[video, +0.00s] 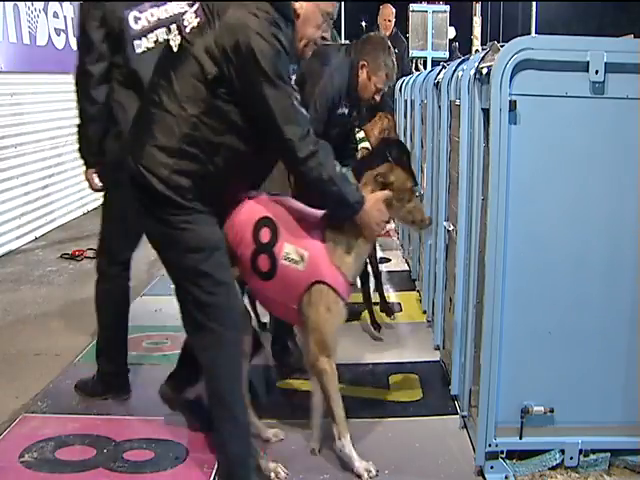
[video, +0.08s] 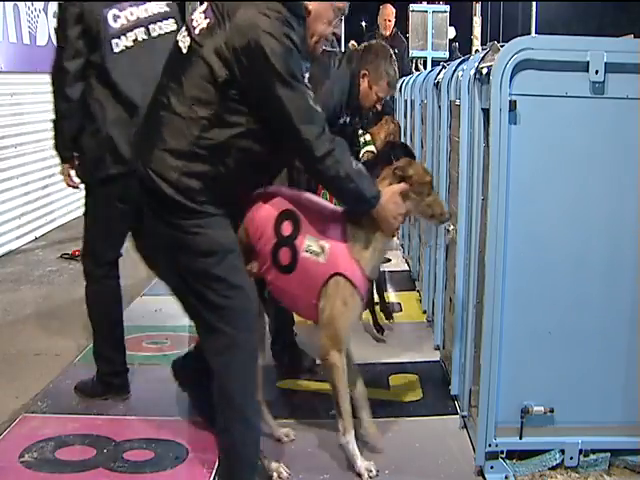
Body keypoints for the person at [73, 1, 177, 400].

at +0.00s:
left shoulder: (103, 7)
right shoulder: (198, 5)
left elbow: (94, 78)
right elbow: (220, 64)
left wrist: (91, 153)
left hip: (133, 152)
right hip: (190, 145)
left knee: (112, 264)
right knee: (197, 266)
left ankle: (113, 375)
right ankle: (190, 374)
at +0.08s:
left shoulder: (80, 7)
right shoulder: (172, 4)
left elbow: (69, 79)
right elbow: (199, 61)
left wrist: (66, 148)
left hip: (112, 155)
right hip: (171, 147)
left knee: (101, 268)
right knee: (177, 259)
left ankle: (112, 376)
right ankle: (220, 347)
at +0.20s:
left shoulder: (53, 6)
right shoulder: (135, 3)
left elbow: (37, 71)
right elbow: (152, 54)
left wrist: (24, 139)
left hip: (86, 143)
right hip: (132, 134)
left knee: (89, 264)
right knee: (101, 236)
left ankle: (112, 376)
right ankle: (155, 317)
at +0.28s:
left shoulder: (36, 6)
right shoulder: (118, 4)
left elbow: (18, 69)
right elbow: (133, 51)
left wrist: (1, 135)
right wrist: (114, 109)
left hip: (72, 138)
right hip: (115, 132)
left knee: (84, 260)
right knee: (76, 239)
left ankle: (113, 375)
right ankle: (104, 343)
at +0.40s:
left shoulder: (14, 9)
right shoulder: (89, 5)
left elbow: (3, 63)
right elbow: (105, 59)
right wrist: (101, 128)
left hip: (45, 139)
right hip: (90, 133)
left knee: (73, 261)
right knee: (43, 245)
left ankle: (113, 374)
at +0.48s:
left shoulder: (8, 13)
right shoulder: (69, 6)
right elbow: (86, 70)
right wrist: (86, 142)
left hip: (22, 145)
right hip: (64, 141)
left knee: (58, 265)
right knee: (24, 259)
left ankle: (110, 369)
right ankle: (10, 359)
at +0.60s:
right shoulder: (34, 12)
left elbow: (50, 81)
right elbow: (53, 80)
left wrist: (53, 147)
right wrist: (55, 147)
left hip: (6, 154)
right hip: (28, 153)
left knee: (4, 265)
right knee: (4, 263)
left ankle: (73, 337)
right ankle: (5, 362)